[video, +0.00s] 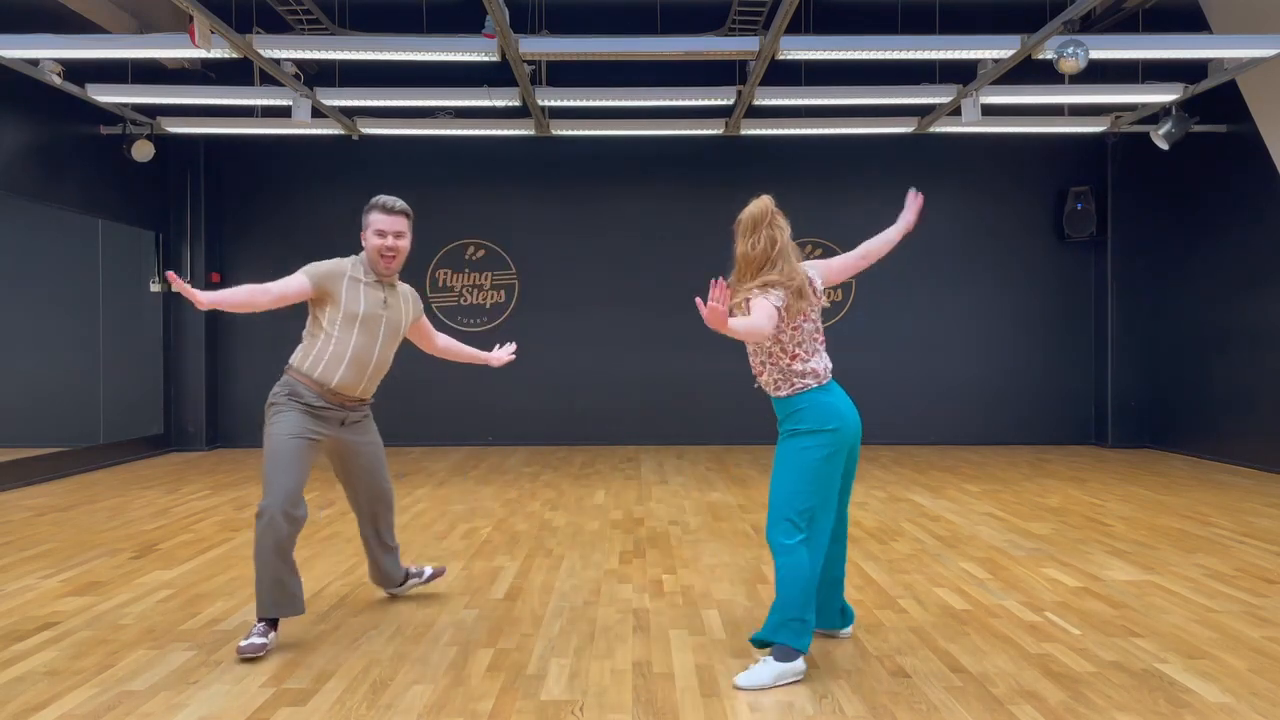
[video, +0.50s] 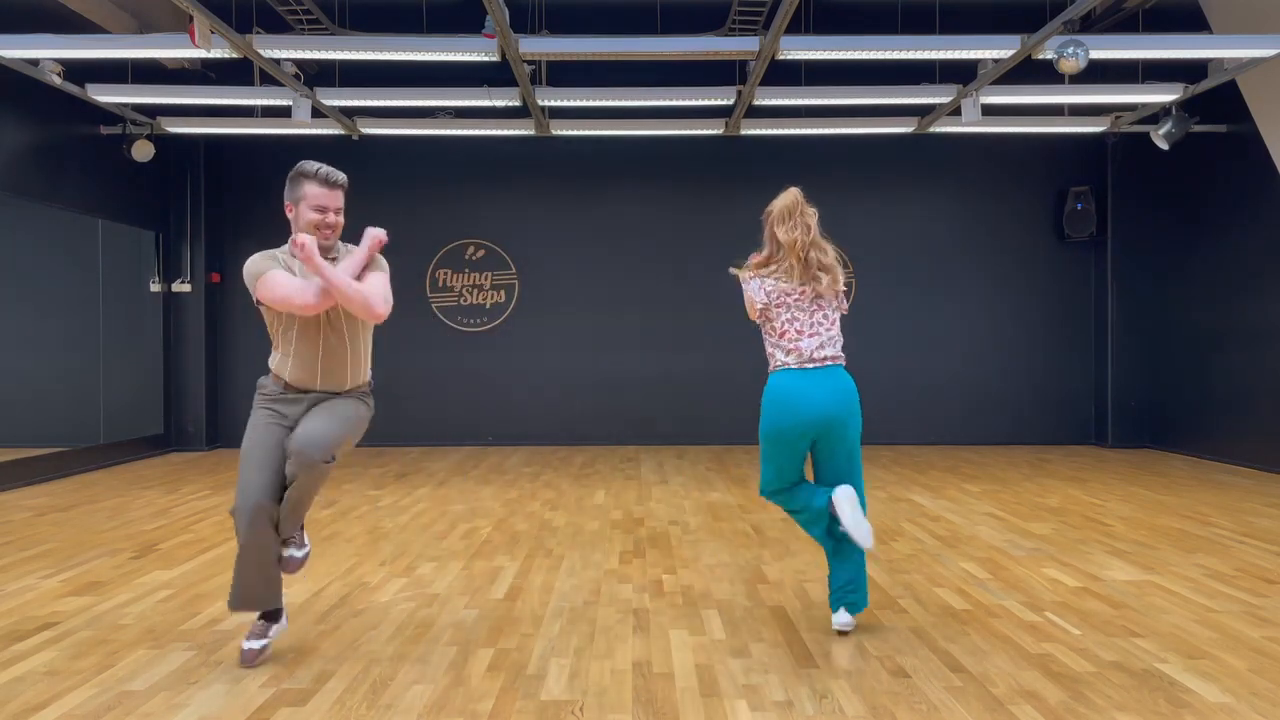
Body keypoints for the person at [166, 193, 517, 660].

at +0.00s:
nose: (390, 244)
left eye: (399, 235)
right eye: (381, 234)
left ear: (410, 241)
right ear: (363, 236)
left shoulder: (407, 300)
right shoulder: (332, 275)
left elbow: (434, 342)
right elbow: (267, 294)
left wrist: (487, 356)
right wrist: (205, 298)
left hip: (355, 414)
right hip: (299, 402)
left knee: (378, 497)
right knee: (279, 504)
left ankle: (391, 576)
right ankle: (267, 618)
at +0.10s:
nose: (371, 235)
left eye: (380, 226)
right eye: (361, 225)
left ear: (392, 233)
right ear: (344, 229)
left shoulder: (396, 295)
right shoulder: (311, 270)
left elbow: (421, 345)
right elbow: (241, 298)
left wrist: (462, 386)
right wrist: (174, 313)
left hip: (339, 413)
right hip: (279, 401)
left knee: (359, 504)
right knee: (260, 510)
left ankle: (367, 582)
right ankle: (262, 627)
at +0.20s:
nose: (351, 229)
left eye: (361, 220)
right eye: (342, 219)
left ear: (374, 225)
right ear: (325, 222)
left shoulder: (389, 294)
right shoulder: (292, 269)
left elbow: (401, 363)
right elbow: (235, 320)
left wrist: (417, 426)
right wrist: (173, 368)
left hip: (329, 412)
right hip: (266, 399)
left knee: (344, 512)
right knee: (254, 512)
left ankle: (337, 591)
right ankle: (256, 627)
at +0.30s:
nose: (339, 224)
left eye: (348, 215)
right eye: (328, 214)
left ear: (360, 219)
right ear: (309, 217)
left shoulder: (380, 292)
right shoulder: (275, 273)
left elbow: (377, 365)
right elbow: (265, 340)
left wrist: (366, 428)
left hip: (324, 414)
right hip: (259, 401)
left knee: (322, 526)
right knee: (246, 512)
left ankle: (304, 588)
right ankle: (256, 625)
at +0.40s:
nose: (333, 224)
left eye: (340, 215)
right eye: (321, 214)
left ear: (350, 218)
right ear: (296, 216)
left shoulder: (372, 275)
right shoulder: (268, 273)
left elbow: (376, 336)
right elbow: (294, 330)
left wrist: (325, 330)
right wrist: (353, 323)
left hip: (325, 410)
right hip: (262, 399)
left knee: (304, 496)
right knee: (237, 517)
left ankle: (286, 555)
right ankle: (255, 627)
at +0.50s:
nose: (329, 219)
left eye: (337, 211)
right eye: (318, 209)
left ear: (345, 214)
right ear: (290, 212)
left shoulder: (368, 261)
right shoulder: (262, 265)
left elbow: (378, 309)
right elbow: (309, 299)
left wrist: (317, 261)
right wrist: (365, 253)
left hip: (345, 395)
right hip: (279, 395)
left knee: (312, 445)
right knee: (252, 505)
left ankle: (290, 527)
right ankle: (270, 612)